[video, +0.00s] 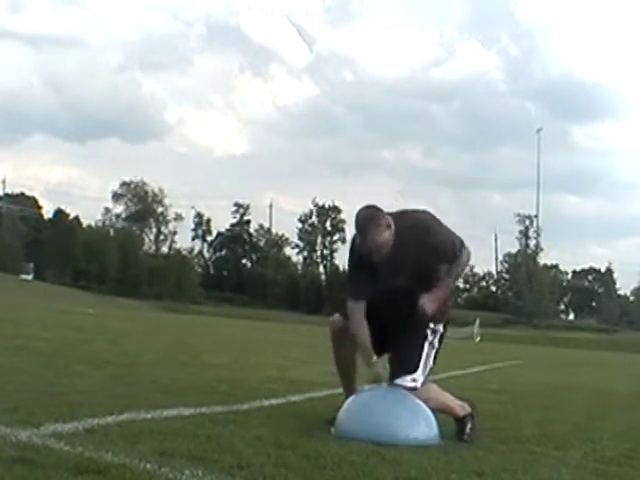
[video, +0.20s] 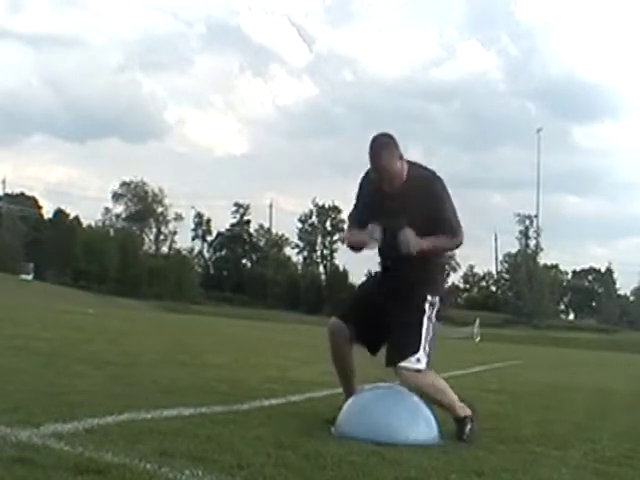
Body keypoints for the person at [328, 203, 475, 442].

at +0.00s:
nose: (377, 255)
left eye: (380, 248)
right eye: (370, 250)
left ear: (390, 226)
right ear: (360, 239)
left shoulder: (422, 226)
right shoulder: (360, 248)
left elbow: (462, 255)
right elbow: (355, 308)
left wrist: (438, 295)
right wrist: (371, 359)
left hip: (421, 308)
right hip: (384, 309)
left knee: (407, 389)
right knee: (340, 330)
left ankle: (463, 411)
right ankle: (351, 404)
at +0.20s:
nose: (386, 180)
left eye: (390, 173)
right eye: (380, 174)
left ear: (402, 159)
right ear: (372, 166)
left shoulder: (429, 183)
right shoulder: (370, 182)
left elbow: (455, 237)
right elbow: (352, 236)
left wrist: (423, 243)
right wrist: (364, 236)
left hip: (424, 283)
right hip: (389, 277)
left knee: (407, 370)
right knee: (339, 331)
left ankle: (463, 413)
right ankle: (352, 405)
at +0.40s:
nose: (393, 113)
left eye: (397, 106)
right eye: (388, 107)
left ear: (413, 96)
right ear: (382, 101)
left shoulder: (436, 124)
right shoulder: (376, 126)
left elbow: (445, 187)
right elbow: (359, 179)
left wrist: (415, 148)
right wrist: (370, 135)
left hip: (425, 244)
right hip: (385, 242)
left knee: (435, 332)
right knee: (356, 327)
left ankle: (449, 417)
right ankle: (355, 404)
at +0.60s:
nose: (399, 87)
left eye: (404, 80)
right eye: (394, 82)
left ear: (420, 76)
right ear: (390, 81)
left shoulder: (442, 108)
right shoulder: (381, 113)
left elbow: (456, 167)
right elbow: (369, 166)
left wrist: (426, 124)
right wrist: (377, 122)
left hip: (429, 233)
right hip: (388, 232)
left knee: (439, 331)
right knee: (372, 326)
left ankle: (449, 418)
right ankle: (357, 408)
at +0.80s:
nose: (410, 85)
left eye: (416, 77)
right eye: (406, 79)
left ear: (431, 78)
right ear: (401, 81)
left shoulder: (449, 113)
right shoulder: (390, 109)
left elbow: (464, 176)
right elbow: (367, 162)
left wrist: (441, 138)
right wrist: (381, 126)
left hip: (433, 238)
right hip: (390, 236)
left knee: (443, 330)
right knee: (371, 329)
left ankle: (451, 418)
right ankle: (357, 407)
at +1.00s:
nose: (431, 150)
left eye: (436, 143)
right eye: (425, 143)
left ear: (445, 135)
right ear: (416, 133)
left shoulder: (450, 151)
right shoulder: (391, 150)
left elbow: (466, 207)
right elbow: (352, 188)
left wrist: (457, 194)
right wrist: (376, 211)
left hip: (431, 257)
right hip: (391, 258)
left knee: (463, 330)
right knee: (374, 357)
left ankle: (454, 419)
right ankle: (343, 398)